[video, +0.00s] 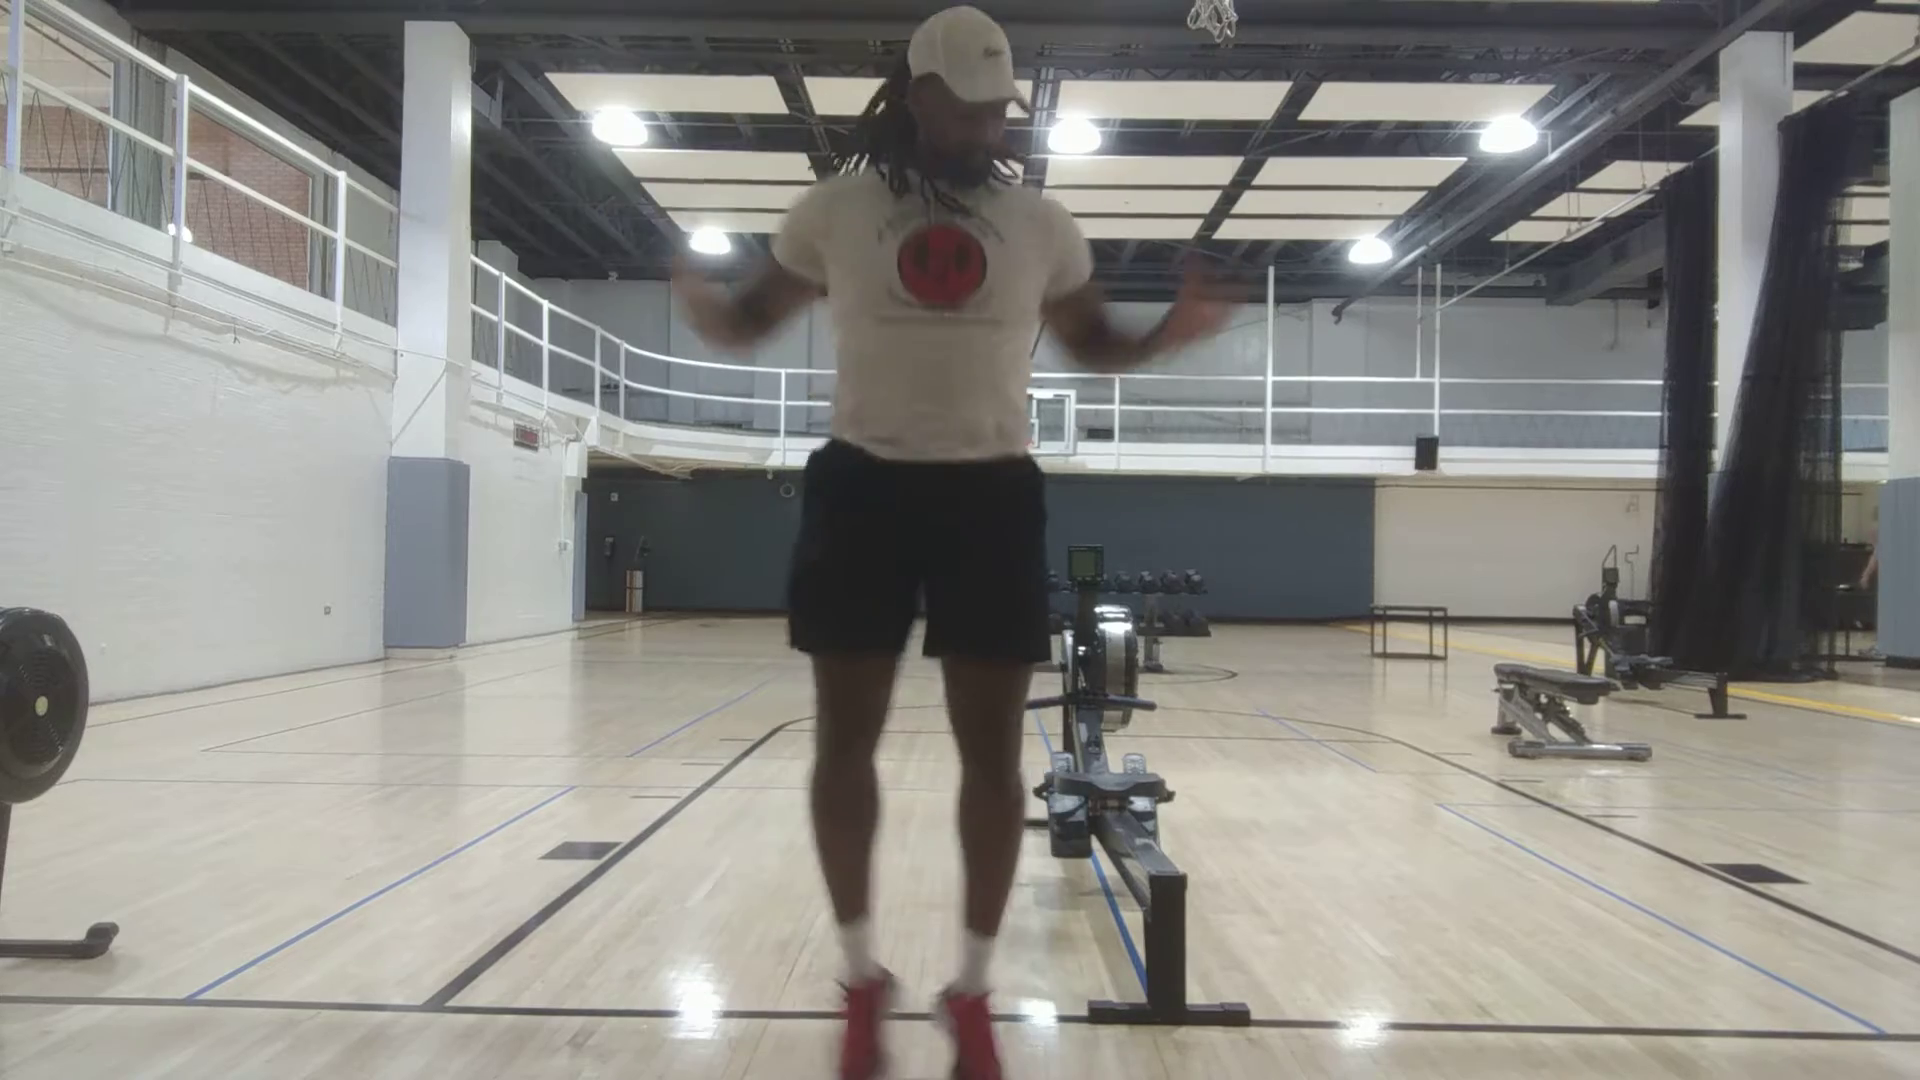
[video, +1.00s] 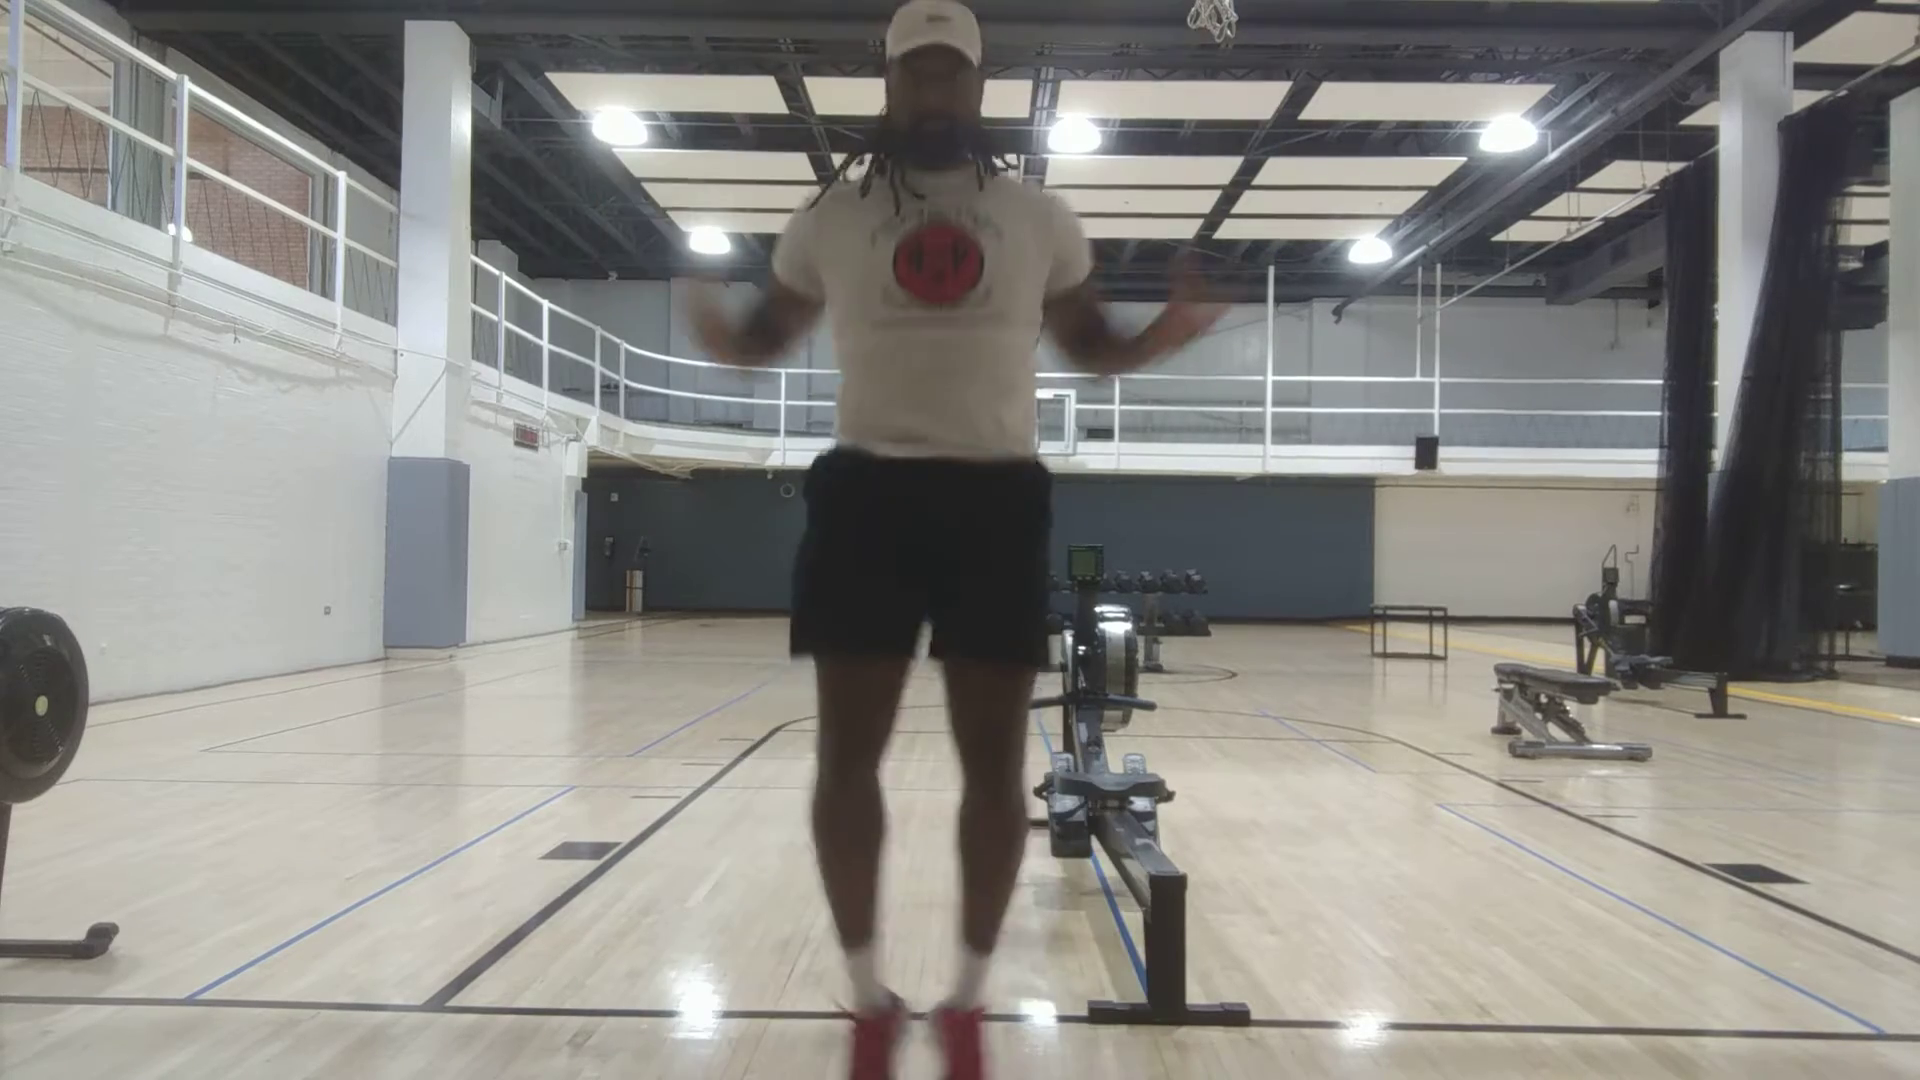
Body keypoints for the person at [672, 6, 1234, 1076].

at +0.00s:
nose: (988, 126)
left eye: (998, 106)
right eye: (968, 108)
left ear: (1007, 101)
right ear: (913, 98)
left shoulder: (1038, 215)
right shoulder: (838, 205)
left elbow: (1096, 346)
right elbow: (743, 325)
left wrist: (1171, 329)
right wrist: (697, 290)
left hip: (993, 499)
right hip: (861, 494)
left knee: (993, 753)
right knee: (845, 743)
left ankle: (970, 986)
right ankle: (862, 976)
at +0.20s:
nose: (972, 224)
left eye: (986, 205)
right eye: (954, 205)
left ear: (1003, 208)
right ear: (911, 203)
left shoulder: (1038, 322)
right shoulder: (848, 315)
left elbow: (1068, 458)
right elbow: (791, 460)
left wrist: (1085, 461)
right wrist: (810, 463)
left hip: (998, 598)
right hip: (872, 594)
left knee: (998, 831)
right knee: (870, 827)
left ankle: (959, 1026)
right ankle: (894, 1025)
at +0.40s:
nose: (962, 115)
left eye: (978, 97)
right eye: (944, 96)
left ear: (1002, 103)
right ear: (909, 98)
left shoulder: (1047, 213)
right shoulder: (852, 201)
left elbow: (1154, 317)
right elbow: (732, 302)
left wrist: (1212, 251)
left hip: (1006, 492)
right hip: (875, 487)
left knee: (1019, 736)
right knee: (841, 728)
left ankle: (1019, 972)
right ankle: (832, 961)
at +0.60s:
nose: (960, 180)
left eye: (977, 163)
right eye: (943, 161)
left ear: (1004, 168)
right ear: (909, 165)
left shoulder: (1054, 252)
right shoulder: (848, 248)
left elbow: (1189, 219)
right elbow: (709, 213)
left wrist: (1123, 97)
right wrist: (749, 86)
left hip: (1012, 566)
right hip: (873, 558)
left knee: (1080, 806)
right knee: (772, 795)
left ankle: (1159, 1036)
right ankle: (677, 1021)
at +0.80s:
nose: (945, 175)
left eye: (962, 158)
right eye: (929, 157)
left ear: (991, 174)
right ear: (898, 171)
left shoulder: (1043, 281)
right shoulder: (840, 270)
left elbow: (1193, 268)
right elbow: (696, 241)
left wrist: (1186, 121)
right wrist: (715, 95)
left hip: (1008, 566)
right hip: (866, 562)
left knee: (1075, 796)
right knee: (771, 782)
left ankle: (1143, 1017)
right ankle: (692, 1012)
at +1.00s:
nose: (937, 89)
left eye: (954, 71)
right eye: (919, 71)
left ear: (980, 87)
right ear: (886, 87)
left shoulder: (1035, 211)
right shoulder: (833, 215)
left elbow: (1092, 348)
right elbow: (761, 340)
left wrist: (1162, 332)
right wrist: (724, 325)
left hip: (997, 501)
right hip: (866, 498)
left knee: (993, 766)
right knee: (849, 760)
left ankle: (967, 1001)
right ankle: (868, 997)